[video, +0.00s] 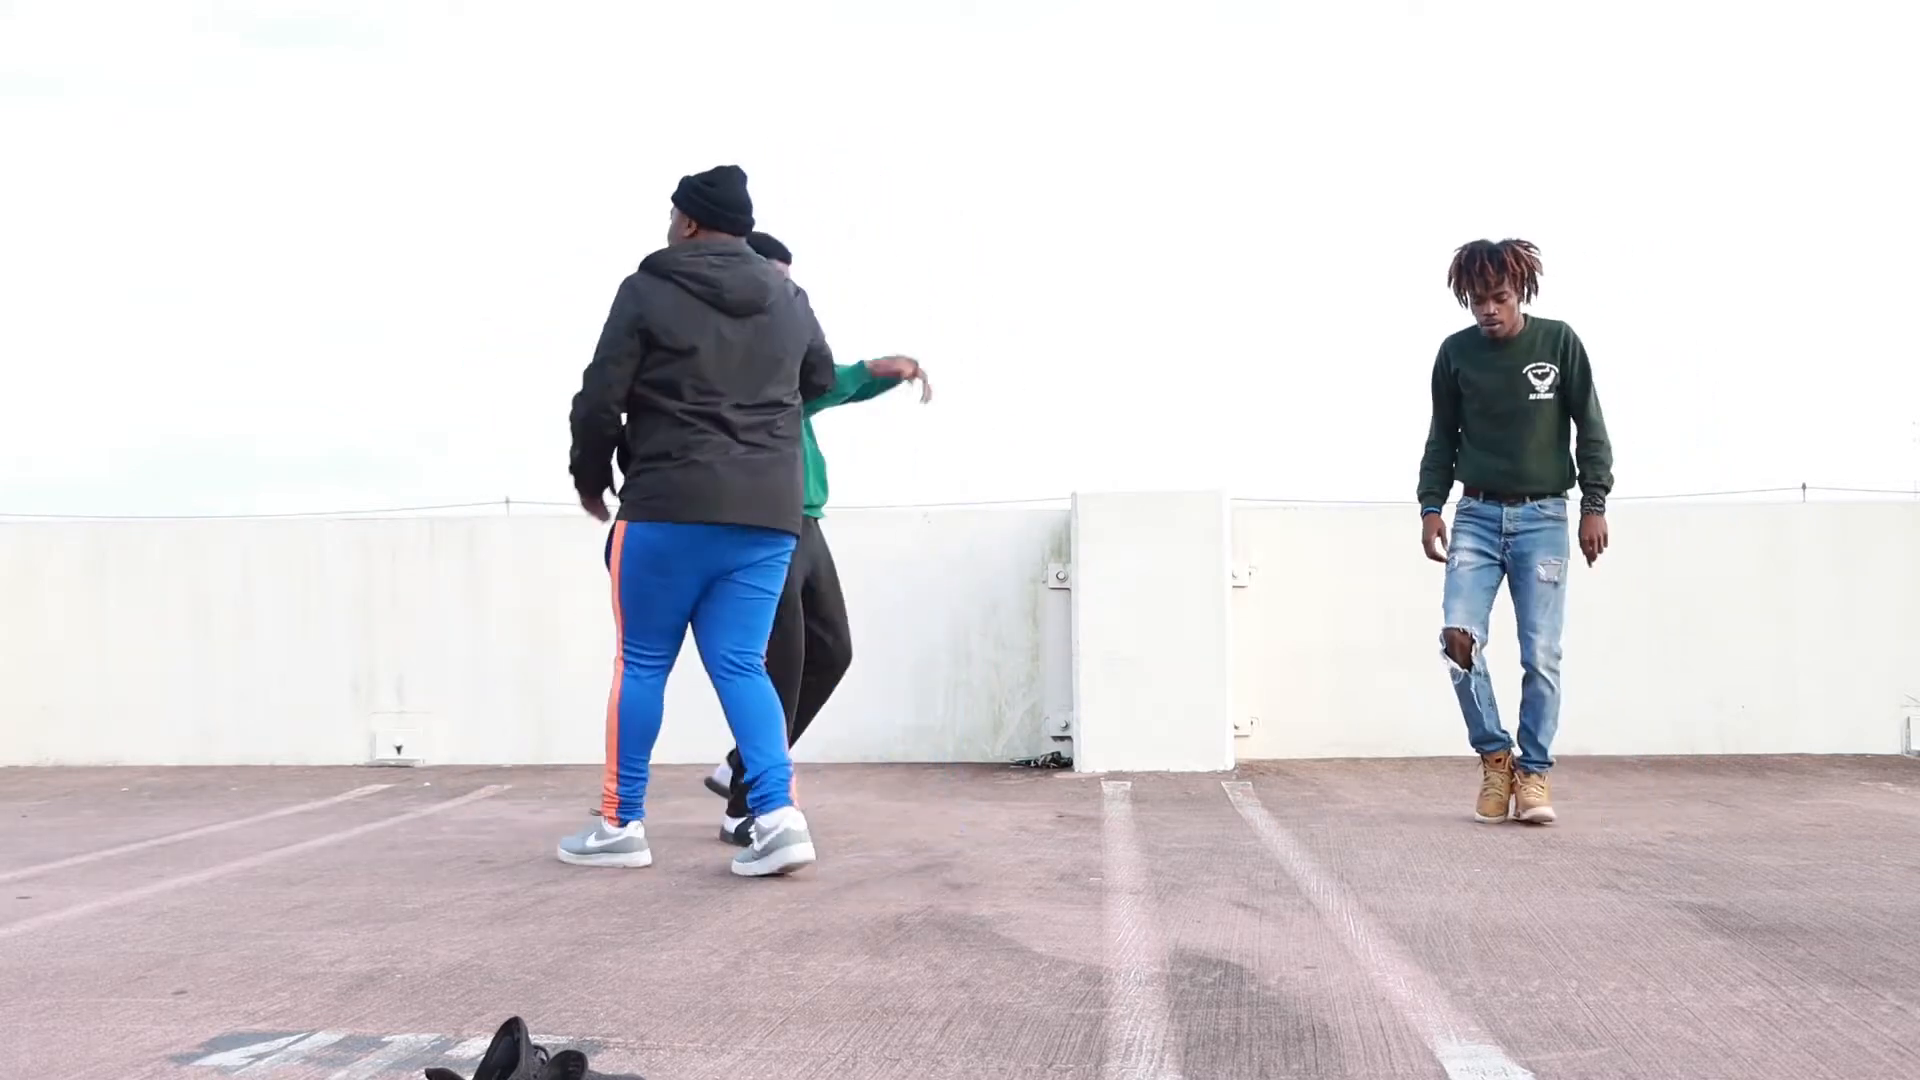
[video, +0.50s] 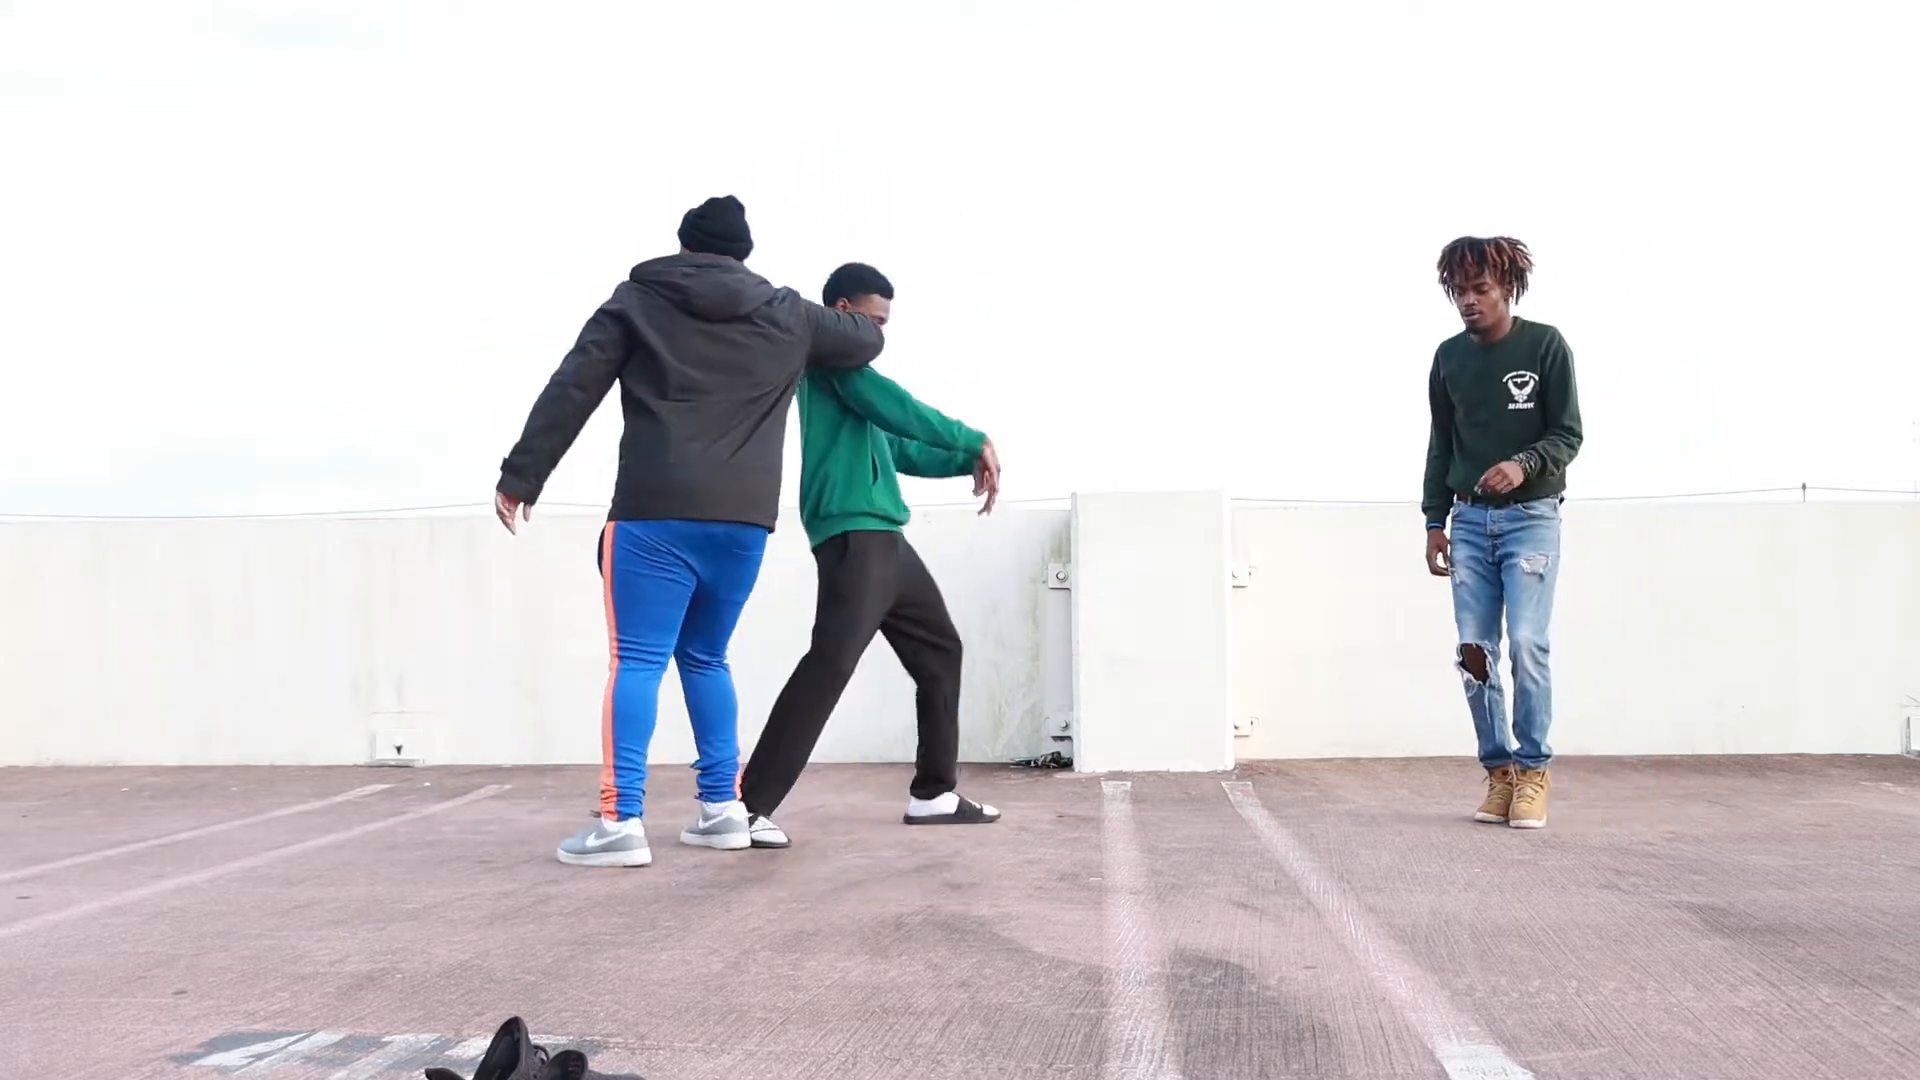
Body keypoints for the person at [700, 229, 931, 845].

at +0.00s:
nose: (786, 294)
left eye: (787, 283)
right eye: (776, 283)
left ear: (782, 283)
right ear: (747, 282)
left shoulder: (778, 341)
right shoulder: (728, 341)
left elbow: (808, 392)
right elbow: (789, 391)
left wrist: (874, 373)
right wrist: (868, 371)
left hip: (807, 522)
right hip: (769, 526)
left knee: (831, 653)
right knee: (782, 673)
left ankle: (743, 766)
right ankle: (748, 808)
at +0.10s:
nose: (802, 291)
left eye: (804, 281)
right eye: (793, 279)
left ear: (783, 277)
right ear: (757, 272)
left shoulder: (782, 331)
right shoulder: (754, 329)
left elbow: (819, 391)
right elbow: (823, 388)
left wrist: (895, 340)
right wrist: (900, 339)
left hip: (809, 518)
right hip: (779, 519)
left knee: (850, 641)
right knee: (776, 660)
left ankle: (801, 782)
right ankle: (748, 801)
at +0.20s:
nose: (820, 292)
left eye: (822, 281)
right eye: (812, 279)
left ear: (781, 275)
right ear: (775, 270)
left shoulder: (783, 325)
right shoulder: (770, 322)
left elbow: (841, 373)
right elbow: (849, 375)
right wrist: (923, 325)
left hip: (812, 511)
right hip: (788, 511)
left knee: (860, 639)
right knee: (780, 656)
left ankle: (864, 785)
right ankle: (749, 810)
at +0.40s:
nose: (859, 316)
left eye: (861, 306)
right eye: (851, 304)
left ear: (827, 297)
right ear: (817, 293)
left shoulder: (825, 354)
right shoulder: (805, 334)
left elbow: (886, 413)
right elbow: (877, 383)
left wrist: (965, 404)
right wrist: (967, 394)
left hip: (853, 521)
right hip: (827, 519)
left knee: (897, 650)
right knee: (809, 659)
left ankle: (924, 791)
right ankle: (750, 807)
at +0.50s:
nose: (881, 331)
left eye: (886, 321)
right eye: (875, 319)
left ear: (855, 314)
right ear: (841, 308)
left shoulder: (854, 376)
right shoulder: (829, 350)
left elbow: (897, 450)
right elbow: (881, 400)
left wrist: (967, 463)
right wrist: (972, 439)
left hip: (884, 533)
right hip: (854, 528)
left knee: (940, 653)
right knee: (831, 662)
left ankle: (934, 795)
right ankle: (749, 807)